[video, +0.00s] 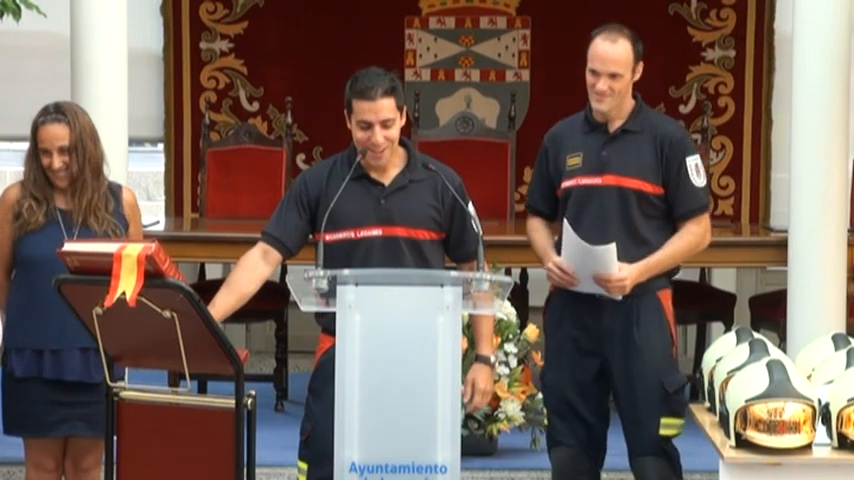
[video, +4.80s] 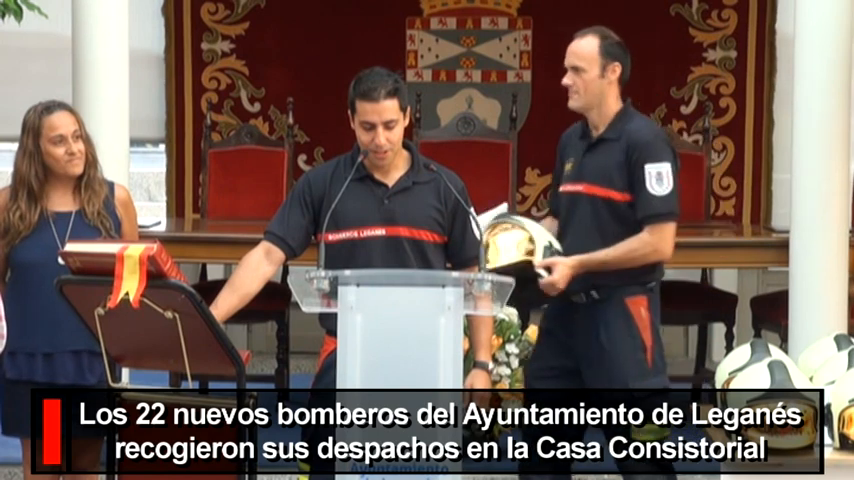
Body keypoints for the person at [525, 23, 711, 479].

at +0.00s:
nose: (601, 86)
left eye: (613, 75)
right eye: (594, 73)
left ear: (636, 74)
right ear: (584, 71)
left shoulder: (670, 139)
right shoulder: (560, 139)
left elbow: (698, 230)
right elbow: (537, 216)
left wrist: (639, 272)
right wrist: (548, 256)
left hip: (639, 314)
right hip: (570, 313)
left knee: (651, 451)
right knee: (571, 452)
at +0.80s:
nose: (662, 87)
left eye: (675, 78)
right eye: (658, 75)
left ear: (703, 80)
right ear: (651, 73)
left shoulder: (735, 146)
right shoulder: (630, 138)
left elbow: (762, 243)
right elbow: (607, 214)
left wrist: (689, 282)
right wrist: (613, 258)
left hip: (695, 321)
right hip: (627, 314)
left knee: (691, 455)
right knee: (599, 450)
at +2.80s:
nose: (684, 94)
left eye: (694, 83)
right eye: (674, 81)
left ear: (708, 81)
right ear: (657, 76)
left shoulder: (738, 145)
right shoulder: (629, 141)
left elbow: (766, 241)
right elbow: (607, 218)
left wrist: (694, 280)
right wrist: (616, 261)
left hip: (700, 323)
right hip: (632, 316)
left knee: (693, 456)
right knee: (608, 451)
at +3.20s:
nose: (687, 99)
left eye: (696, 88)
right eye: (677, 87)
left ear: (709, 83)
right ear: (659, 80)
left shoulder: (741, 145)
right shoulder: (627, 142)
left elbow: (772, 229)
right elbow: (608, 223)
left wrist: (758, 287)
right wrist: (625, 287)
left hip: (706, 315)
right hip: (634, 311)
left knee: (696, 448)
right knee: (609, 442)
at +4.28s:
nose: (633, 116)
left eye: (643, 104)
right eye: (625, 105)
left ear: (669, 93)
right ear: (616, 98)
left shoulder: (715, 147)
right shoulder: (599, 154)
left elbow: (758, 222)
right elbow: (581, 232)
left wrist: (709, 259)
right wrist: (595, 295)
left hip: (693, 320)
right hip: (618, 320)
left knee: (691, 451)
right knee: (599, 450)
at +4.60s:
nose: (596, 90)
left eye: (607, 78)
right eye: (594, 79)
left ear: (642, 77)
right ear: (596, 80)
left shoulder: (688, 142)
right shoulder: (590, 142)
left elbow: (720, 238)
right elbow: (579, 228)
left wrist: (640, 263)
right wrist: (556, 258)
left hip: (661, 314)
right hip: (596, 312)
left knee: (669, 456)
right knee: (560, 450)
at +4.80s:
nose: (565, 80)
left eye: (576, 71)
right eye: (565, 70)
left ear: (612, 73)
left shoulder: (646, 140)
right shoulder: (570, 140)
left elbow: (660, 242)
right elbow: (563, 218)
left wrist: (576, 264)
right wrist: (527, 240)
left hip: (621, 312)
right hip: (564, 311)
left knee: (639, 451)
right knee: (542, 446)